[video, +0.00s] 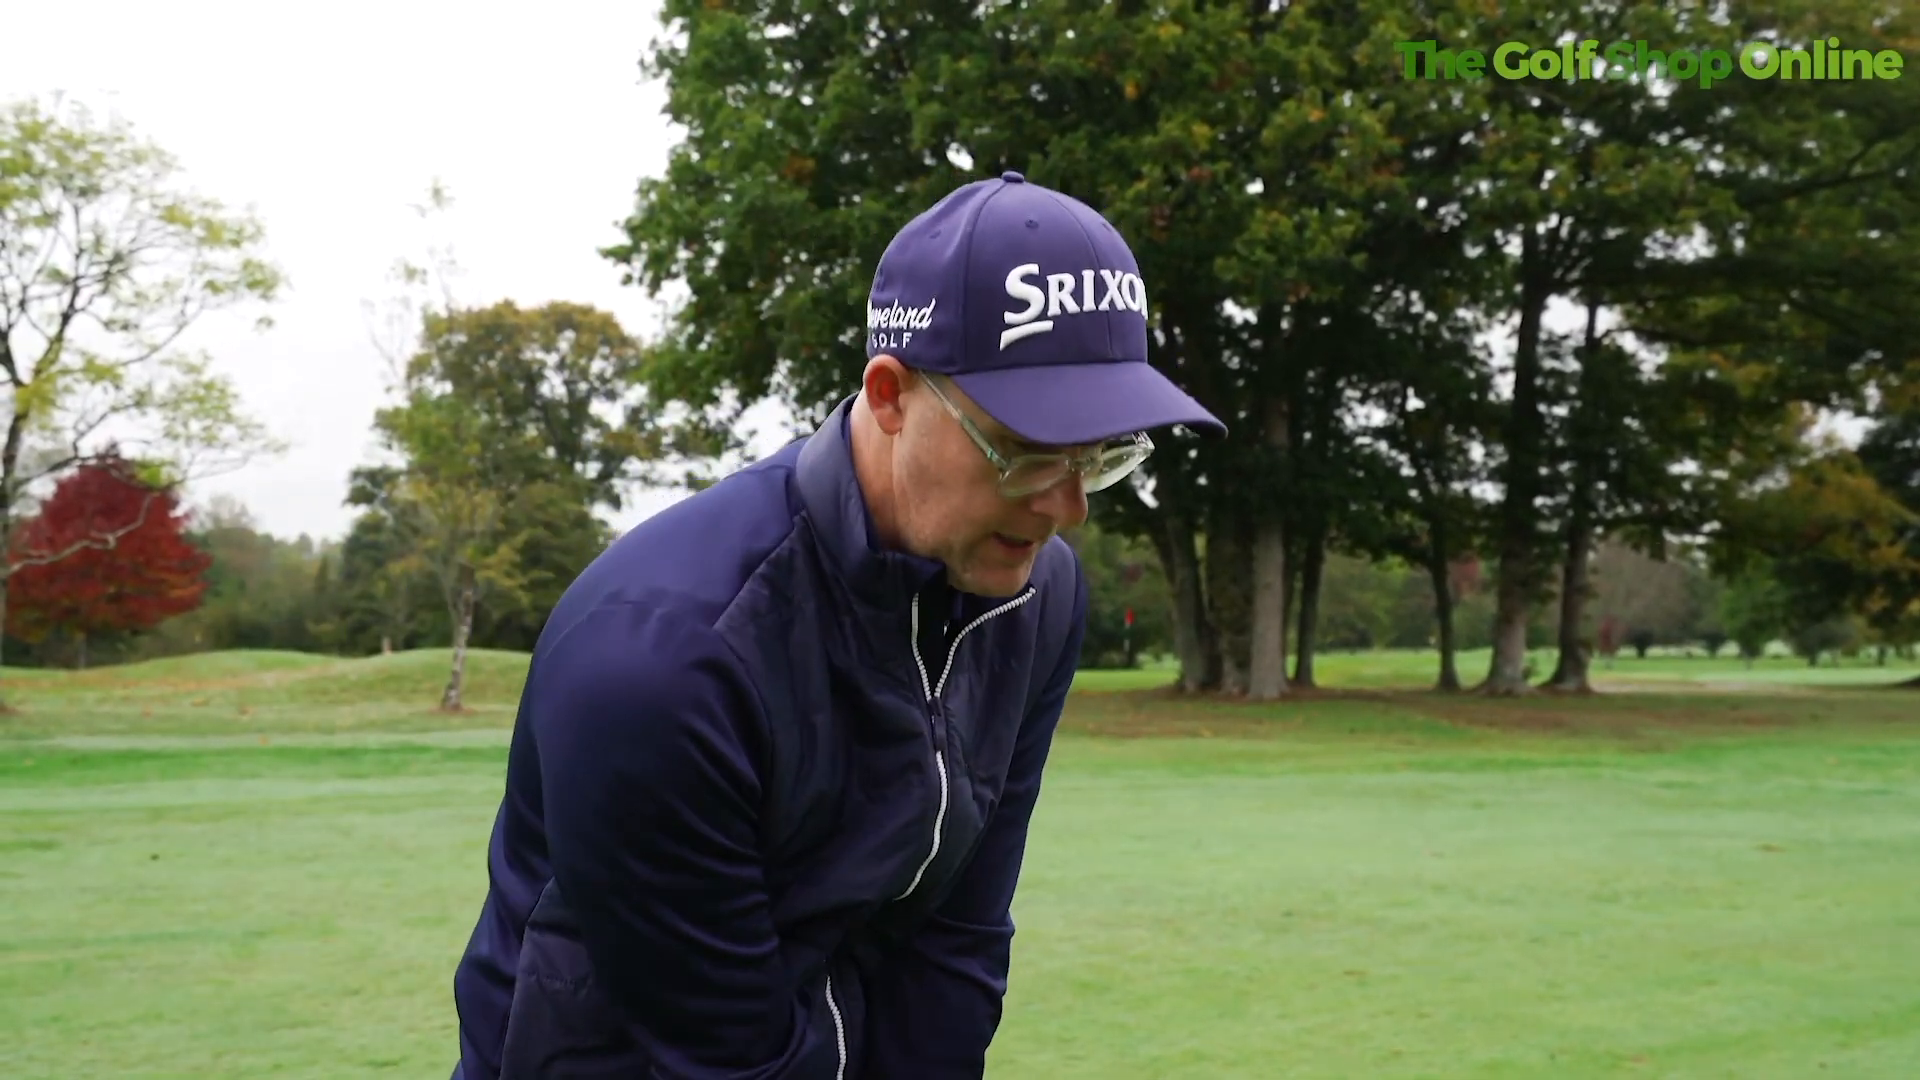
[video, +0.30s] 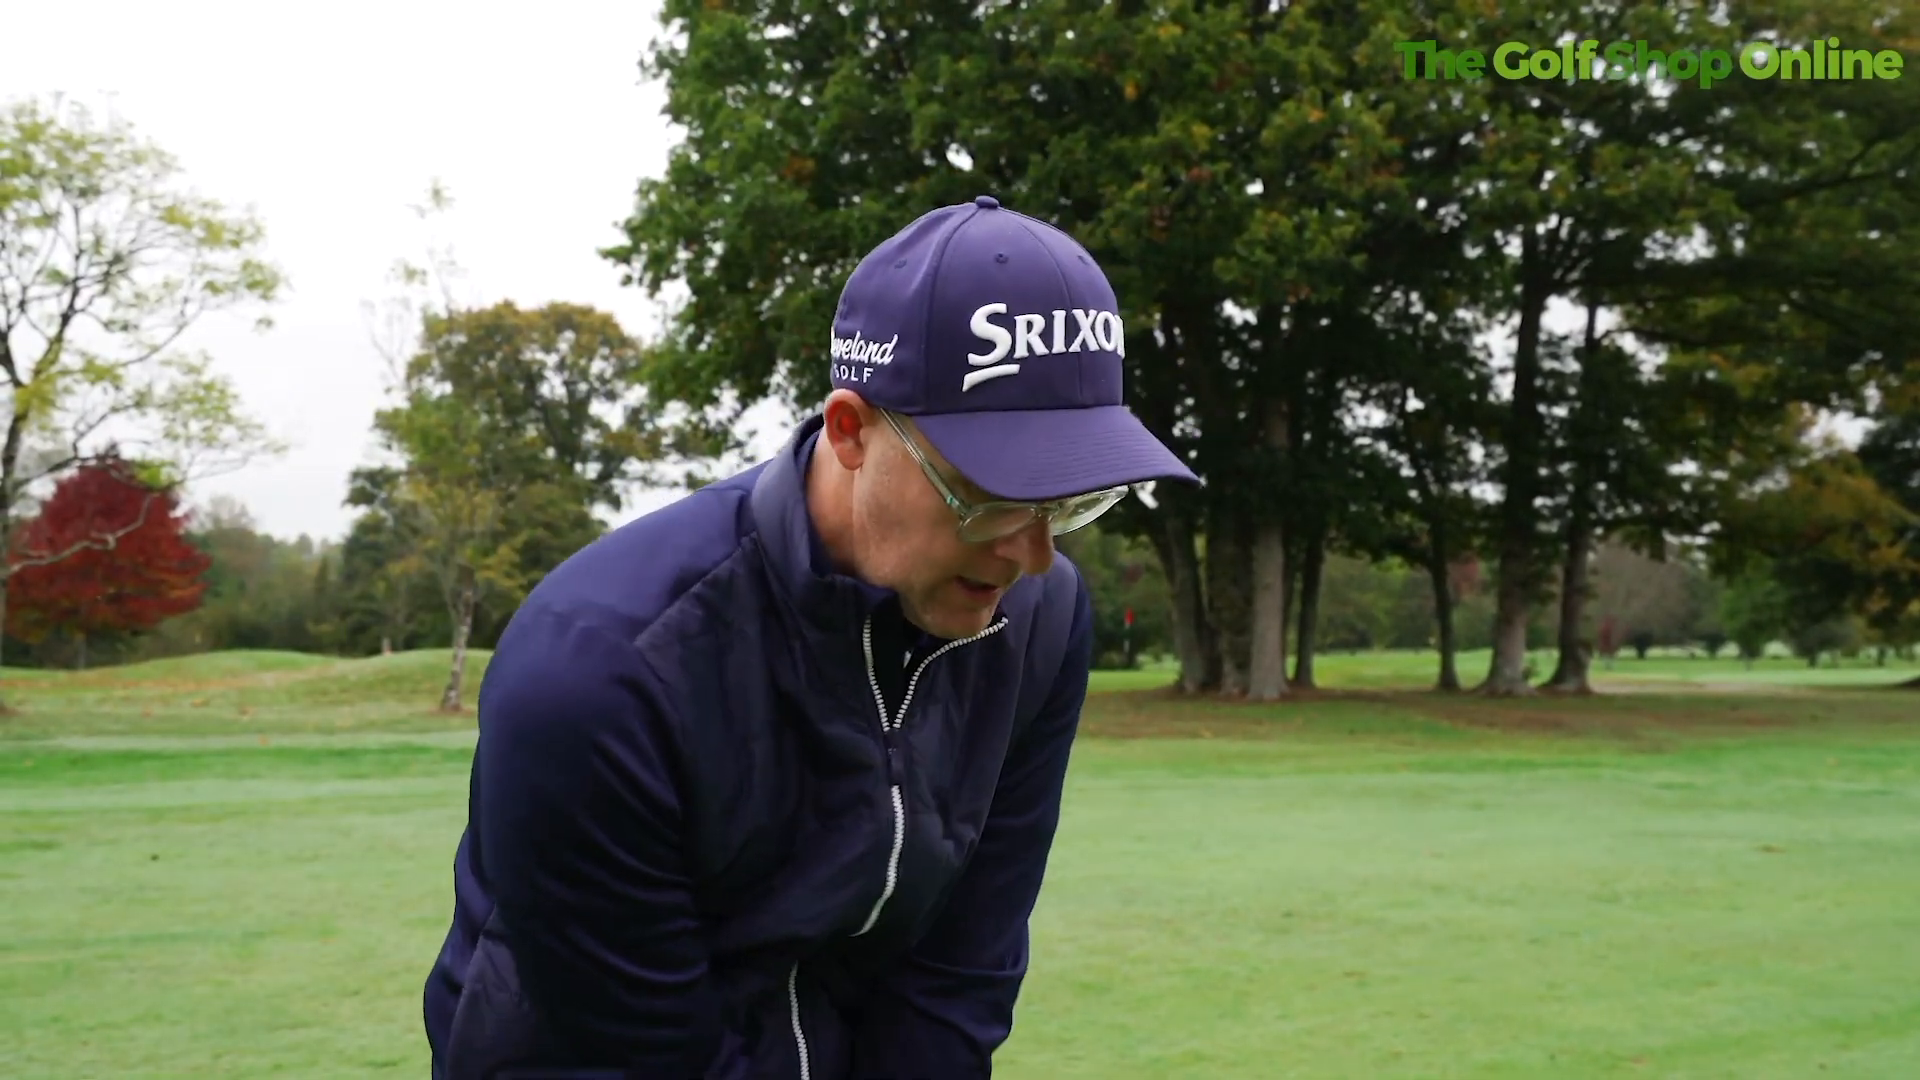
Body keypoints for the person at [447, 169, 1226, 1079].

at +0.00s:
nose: (1062, 503)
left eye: (1093, 451)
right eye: (1019, 446)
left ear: (1121, 419)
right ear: (888, 399)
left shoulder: (1041, 598)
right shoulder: (660, 667)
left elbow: (957, 949)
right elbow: (723, 1045)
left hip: (824, 1033)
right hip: (595, 1049)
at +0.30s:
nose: (1031, 551)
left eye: (1062, 498)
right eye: (987, 494)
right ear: (848, 434)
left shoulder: (1039, 622)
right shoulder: (594, 677)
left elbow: (959, 990)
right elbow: (640, 1042)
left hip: (849, 1037)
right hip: (580, 1047)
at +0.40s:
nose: (1032, 553)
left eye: (1066, 499)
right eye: (987, 494)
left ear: (1101, 462)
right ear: (850, 434)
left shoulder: (1051, 642)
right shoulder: (579, 638)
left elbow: (954, 1021)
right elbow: (568, 1045)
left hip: (859, 1055)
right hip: (611, 1052)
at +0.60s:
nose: (1062, 562)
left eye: (1090, 510)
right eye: (1015, 508)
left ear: (1123, 472)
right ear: (879, 444)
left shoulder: (1074, 688)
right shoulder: (582, 577)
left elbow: (905, 1037)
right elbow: (498, 981)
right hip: (589, 1051)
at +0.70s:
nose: (1075, 571)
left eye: (1102, 520)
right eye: (1028, 519)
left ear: (1133, 474)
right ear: (891, 450)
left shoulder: (1081, 688)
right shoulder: (593, 578)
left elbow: (913, 1036)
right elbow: (506, 977)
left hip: (848, 1066)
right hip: (597, 1054)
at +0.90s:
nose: (1088, 597)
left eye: (1107, 545)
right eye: (1042, 548)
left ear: (1136, 487)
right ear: (897, 482)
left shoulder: (1078, 654)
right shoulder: (628, 679)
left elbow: (1005, 1019)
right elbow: (592, 1042)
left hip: (914, 1042)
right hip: (675, 1042)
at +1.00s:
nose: (1094, 618)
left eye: (1108, 564)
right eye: (1045, 568)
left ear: (1132, 503)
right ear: (896, 509)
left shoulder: (1050, 651)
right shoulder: (673, 765)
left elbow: (1018, 994)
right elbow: (678, 1056)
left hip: (868, 1035)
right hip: (659, 1043)